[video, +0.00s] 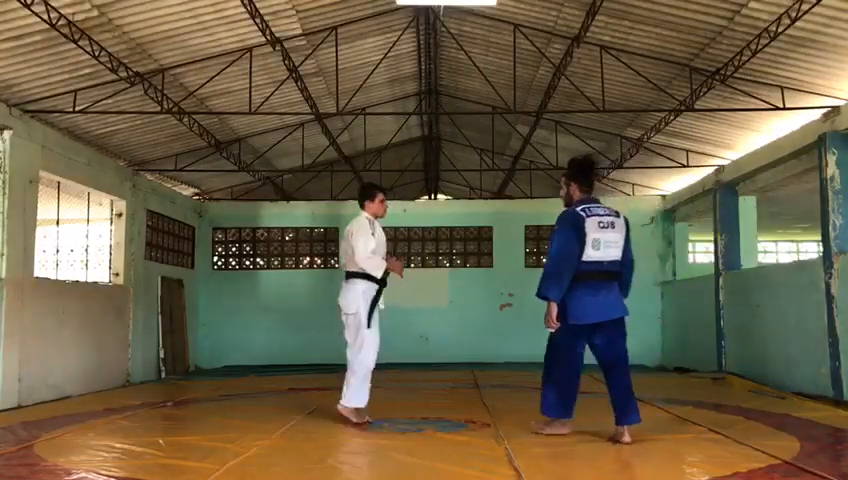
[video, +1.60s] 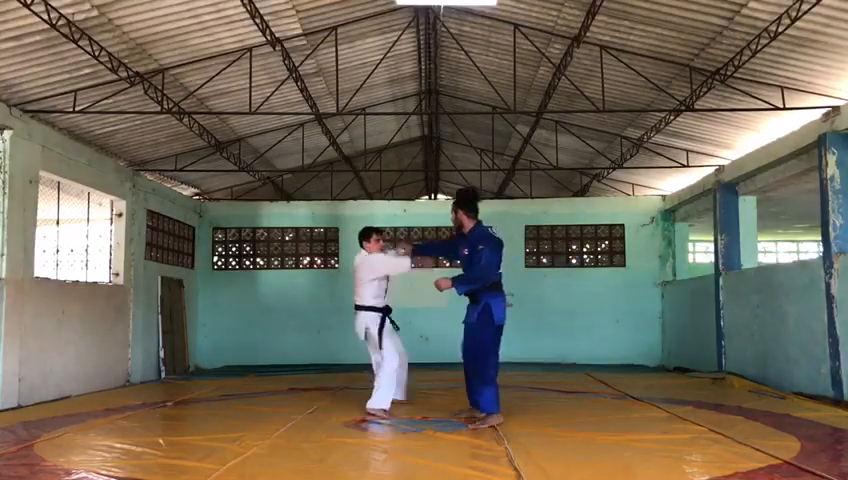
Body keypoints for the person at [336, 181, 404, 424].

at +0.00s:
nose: (385, 206)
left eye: (385, 201)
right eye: (381, 201)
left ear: (371, 204)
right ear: (369, 203)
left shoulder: (371, 226)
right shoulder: (361, 225)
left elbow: (366, 258)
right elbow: (362, 257)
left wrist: (386, 263)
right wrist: (388, 265)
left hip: (366, 290)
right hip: (358, 291)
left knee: (364, 346)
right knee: (365, 346)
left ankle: (355, 402)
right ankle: (349, 403)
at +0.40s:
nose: (369, 229)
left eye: (369, 225)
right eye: (365, 225)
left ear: (359, 227)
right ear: (353, 228)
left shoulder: (367, 250)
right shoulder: (341, 251)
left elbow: (362, 276)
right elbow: (340, 282)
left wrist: (376, 278)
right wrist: (369, 282)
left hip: (356, 305)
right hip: (342, 306)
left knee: (344, 351)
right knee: (352, 351)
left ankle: (331, 392)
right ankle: (333, 402)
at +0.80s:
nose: (371, 234)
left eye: (372, 230)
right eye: (368, 229)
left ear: (366, 231)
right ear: (356, 230)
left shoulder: (365, 251)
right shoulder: (343, 248)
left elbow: (372, 271)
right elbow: (350, 275)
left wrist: (376, 278)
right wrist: (372, 287)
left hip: (356, 302)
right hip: (342, 302)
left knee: (346, 350)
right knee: (361, 348)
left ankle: (330, 393)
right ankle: (366, 400)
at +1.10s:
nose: (380, 238)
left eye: (381, 234)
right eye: (376, 233)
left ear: (377, 236)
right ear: (364, 233)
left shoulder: (375, 259)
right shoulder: (350, 253)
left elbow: (377, 290)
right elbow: (361, 282)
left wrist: (400, 292)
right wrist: (382, 273)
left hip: (365, 308)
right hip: (353, 307)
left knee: (359, 354)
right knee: (373, 350)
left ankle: (333, 391)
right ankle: (370, 401)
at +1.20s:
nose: (384, 241)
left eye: (385, 237)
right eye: (381, 237)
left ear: (379, 238)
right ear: (369, 236)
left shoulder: (378, 261)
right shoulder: (353, 258)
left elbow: (390, 291)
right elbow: (358, 291)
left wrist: (417, 293)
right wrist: (382, 276)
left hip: (369, 312)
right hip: (357, 311)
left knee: (366, 357)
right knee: (376, 354)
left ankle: (337, 389)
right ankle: (374, 407)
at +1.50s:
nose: (383, 244)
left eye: (384, 240)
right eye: (379, 240)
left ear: (381, 243)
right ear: (367, 244)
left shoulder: (385, 261)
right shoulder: (361, 267)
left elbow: (406, 270)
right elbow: (376, 292)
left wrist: (418, 265)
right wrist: (404, 295)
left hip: (379, 316)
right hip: (365, 317)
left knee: (387, 355)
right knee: (387, 355)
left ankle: (368, 386)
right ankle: (377, 407)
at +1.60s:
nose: (381, 244)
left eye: (381, 240)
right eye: (377, 241)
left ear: (374, 243)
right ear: (366, 244)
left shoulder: (372, 258)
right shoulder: (368, 261)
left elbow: (388, 257)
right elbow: (399, 263)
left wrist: (401, 252)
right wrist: (420, 261)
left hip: (377, 315)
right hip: (370, 317)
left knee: (398, 355)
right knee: (390, 357)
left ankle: (394, 394)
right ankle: (377, 405)